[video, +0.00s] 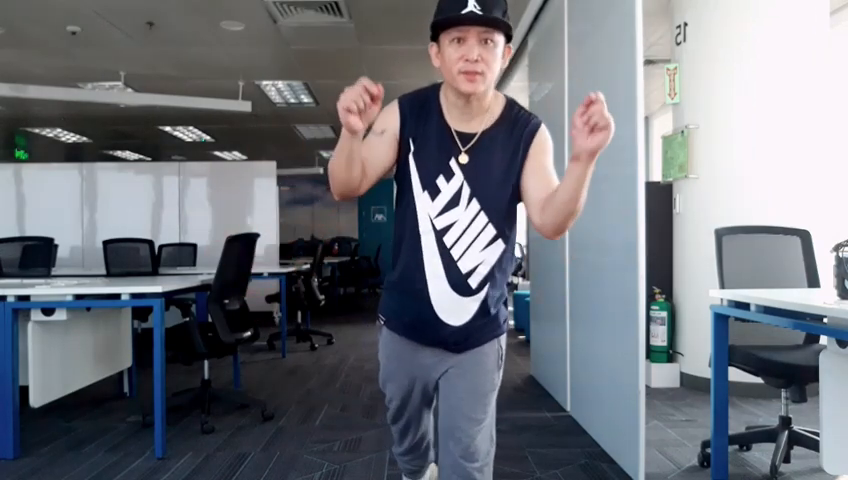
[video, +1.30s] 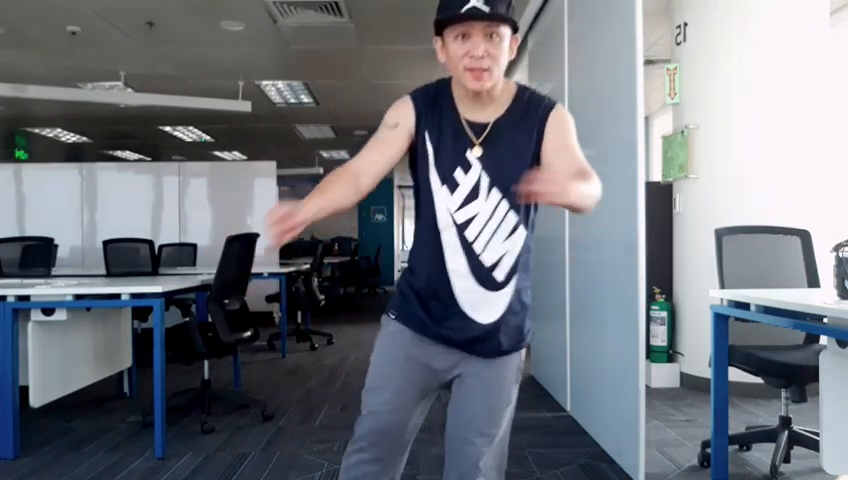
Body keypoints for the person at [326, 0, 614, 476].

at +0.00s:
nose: (473, 54)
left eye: (487, 42)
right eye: (458, 41)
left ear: (505, 55)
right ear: (435, 54)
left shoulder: (527, 132)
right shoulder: (404, 113)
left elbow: (550, 223)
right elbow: (344, 186)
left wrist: (583, 159)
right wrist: (351, 131)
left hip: (479, 331)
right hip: (407, 325)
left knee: (468, 463)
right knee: (406, 441)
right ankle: (414, 470)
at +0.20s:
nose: (467, 54)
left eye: (480, 43)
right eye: (453, 42)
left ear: (498, 57)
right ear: (431, 57)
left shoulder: (521, 131)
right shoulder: (400, 116)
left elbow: (544, 214)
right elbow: (342, 185)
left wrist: (508, 206)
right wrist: (375, 181)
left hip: (474, 329)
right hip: (401, 322)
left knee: (465, 453)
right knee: (394, 422)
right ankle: (400, 468)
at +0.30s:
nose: (459, 64)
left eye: (471, 53)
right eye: (447, 52)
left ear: (490, 66)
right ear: (425, 65)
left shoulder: (508, 138)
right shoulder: (394, 126)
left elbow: (533, 216)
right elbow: (346, 193)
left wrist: (517, 244)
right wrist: (355, 224)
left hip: (465, 330)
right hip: (395, 324)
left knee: (460, 456)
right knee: (388, 433)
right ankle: (393, 472)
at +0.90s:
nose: (460, 93)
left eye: (472, 81)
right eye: (446, 80)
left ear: (489, 90)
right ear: (422, 89)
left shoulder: (506, 159)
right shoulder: (391, 154)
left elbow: (533, 237)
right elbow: (351, 227)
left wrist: (562, 308)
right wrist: (309, 295)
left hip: (470, 346)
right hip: (397, 343)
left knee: (463, 464)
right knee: (387, 447)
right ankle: (394, 474)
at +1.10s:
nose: (471, 72)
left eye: (484, 59)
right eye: (457, 59)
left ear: (501, 69)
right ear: (433, 68)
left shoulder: (527, 144)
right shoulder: (401, 132)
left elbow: (568, 221)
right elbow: (350, 201)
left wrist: (610, 289)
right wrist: (319, 256)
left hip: (479, 340)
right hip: (405, 332)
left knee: (464, 463)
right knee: (380, 432)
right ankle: (391, 470)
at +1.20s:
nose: (472, 62)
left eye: (485, 48)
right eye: (458, 48)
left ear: (506, 56)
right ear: (435, 59)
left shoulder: (538, 128)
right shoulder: (409, 114)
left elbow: (574, 199)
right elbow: (356, 172)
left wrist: (613, 227)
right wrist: (329, 202)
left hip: (489, 337)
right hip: (411, 325)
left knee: (469, 468)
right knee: (372, 456)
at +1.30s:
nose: (478, 50)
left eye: (492, 35)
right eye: (463, 37)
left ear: (512, 44)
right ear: (441, 48)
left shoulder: (546, 117)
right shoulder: (415, 110)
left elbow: (589, 189)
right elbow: (360, 174)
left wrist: (568, 190)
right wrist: (307, 209)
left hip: (496, 337)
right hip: (416, 324)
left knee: (475, 470)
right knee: (370, 460)